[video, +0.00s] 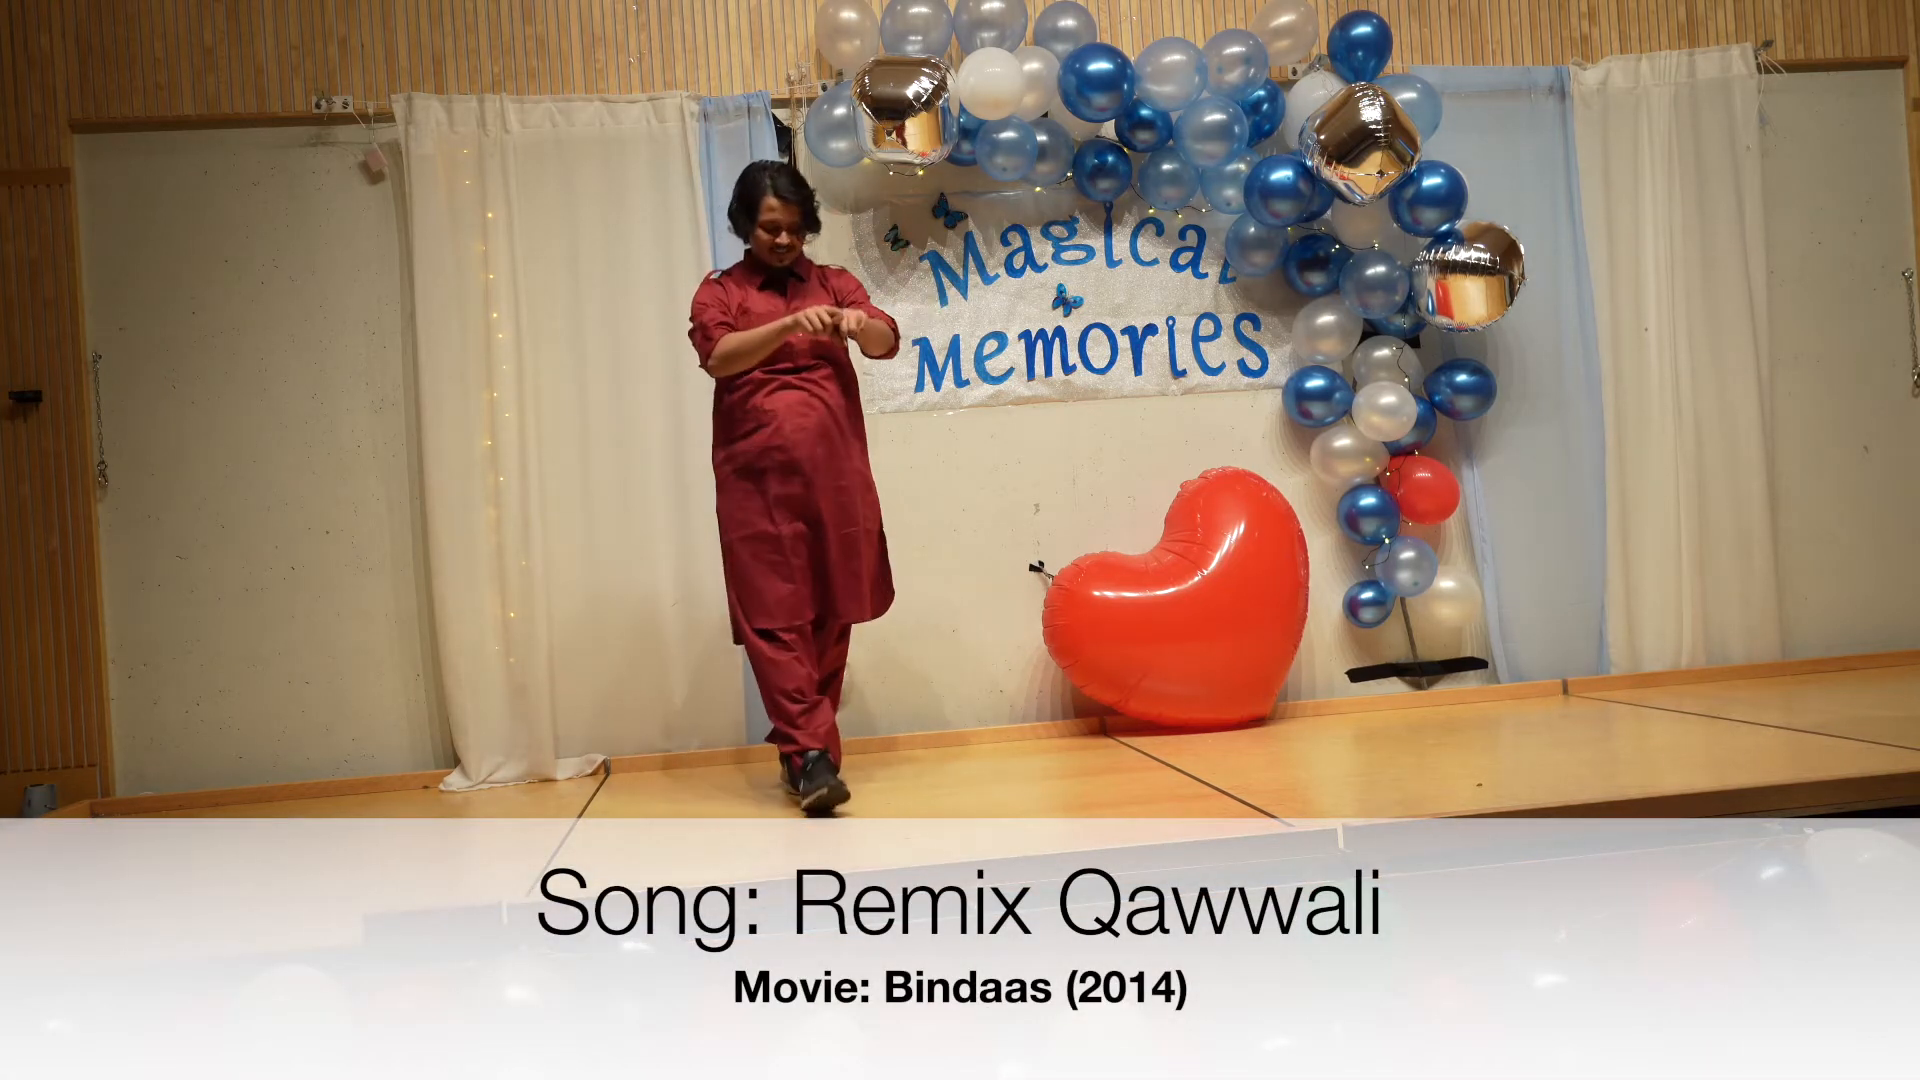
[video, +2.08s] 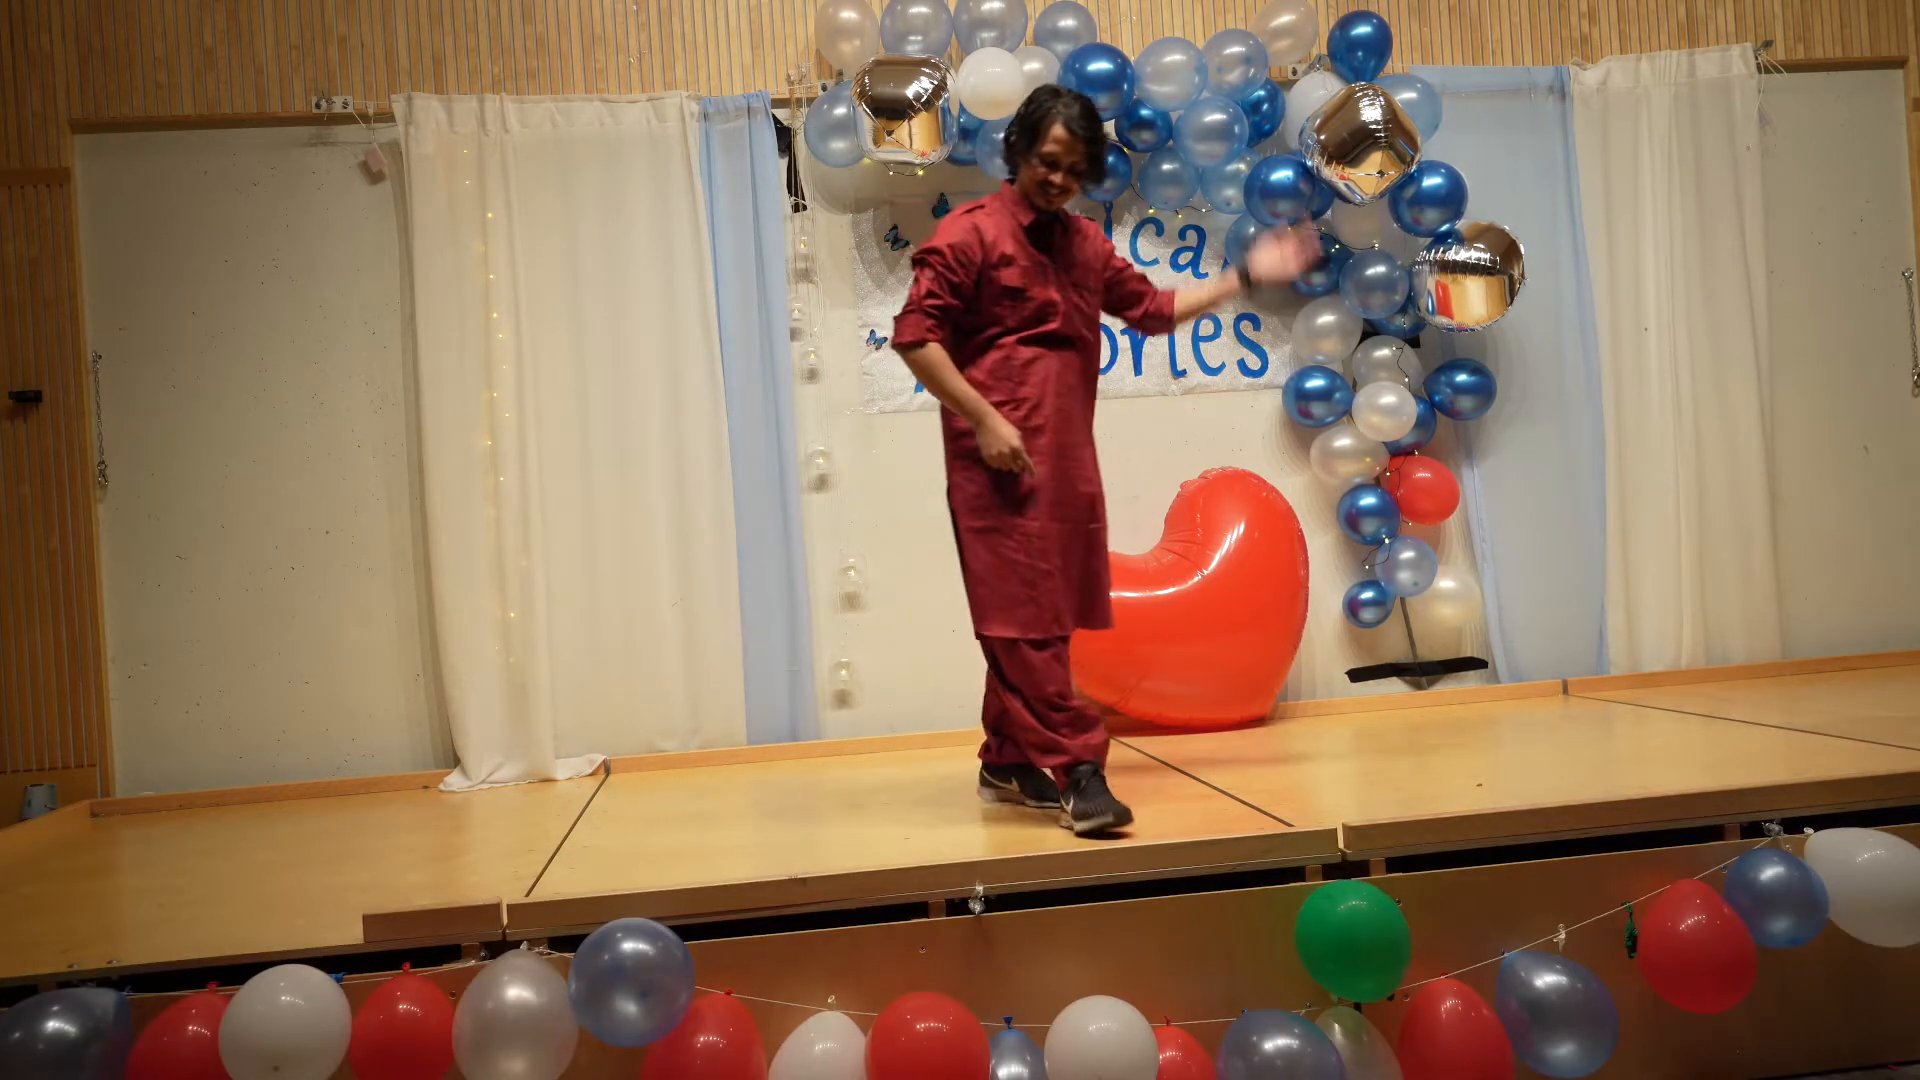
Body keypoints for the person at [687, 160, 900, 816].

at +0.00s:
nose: (781, 239)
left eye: (792, 227)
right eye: (769, 227)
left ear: (808, 224)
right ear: (744, 224)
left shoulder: (833, 282)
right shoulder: (718, 292)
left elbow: (886, 344)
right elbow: (718, 359)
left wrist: (853, 321)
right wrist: (788, 322)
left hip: (835, 478)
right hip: (757, 485)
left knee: (831, 614)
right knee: (776, 619)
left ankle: (806, 746)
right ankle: (811, 756)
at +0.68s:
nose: (817, 179)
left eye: (831, 170)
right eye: (804, 166)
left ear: (847, 185)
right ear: (780, 176)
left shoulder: (863, 254)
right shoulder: (742, 257)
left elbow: (915, 283)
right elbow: (696, 343)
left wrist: (906, 210)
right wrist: (766, 369)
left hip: (864, 459)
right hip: (778, 467)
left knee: (880, 605)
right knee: (789, 616)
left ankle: (865, 741)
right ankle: (818, 764)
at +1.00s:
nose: (852, 197)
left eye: (868, 187)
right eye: (841, 181)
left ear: (887, 191)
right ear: (818, 178)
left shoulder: (906, 255)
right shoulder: (777, 255)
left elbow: (983, 286)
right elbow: (720, 343)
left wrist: (1014, 228)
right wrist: (783, 392)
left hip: (900, 463)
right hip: (810, 470)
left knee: (948, 605)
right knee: (809, 622)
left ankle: (996, 750)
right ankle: (822, 768)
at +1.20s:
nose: (907, 202)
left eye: (921, 192)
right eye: (896, 188)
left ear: (940, 193)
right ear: (874, 183)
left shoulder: (957, 258)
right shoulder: (829, 255)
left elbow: (1025, 329)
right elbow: (769, 346)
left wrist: (1084, 323)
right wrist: (825, 410)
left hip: (942, 464)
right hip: (852, 466)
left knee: (973, 611)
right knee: (834, 618)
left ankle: (1005, 760)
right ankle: (825, 768)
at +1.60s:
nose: (1004, 189)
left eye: (1019, 178)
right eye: (992, 174)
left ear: (1034, 177)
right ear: (965, 166)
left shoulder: (1039, 243)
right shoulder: (919, 237)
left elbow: (1100, 301)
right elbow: (874, 334)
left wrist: (1095, 225)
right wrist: (951, 393)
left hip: (1023, 453)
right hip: (938, 452)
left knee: (1018, 601)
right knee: (928, 601)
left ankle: (1010, 760)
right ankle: (905, 747)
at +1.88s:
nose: (1040, 185)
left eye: (1055, 175)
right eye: (1029, 168)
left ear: (1069, 176)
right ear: (999, 159)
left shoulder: (1071, 241)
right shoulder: (949, 235)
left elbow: (1164, 266)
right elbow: (894, 330)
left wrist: (1184, 176)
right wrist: (967, 402)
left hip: (1050, 450)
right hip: (973, 451)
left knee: (1039, 595)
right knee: (997, 599)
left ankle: (1006, 760)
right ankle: (1044, 761)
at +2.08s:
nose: (1059, 179)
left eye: (1073, 168)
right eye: (1047, 162)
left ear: (1088, 170)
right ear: (1017, 155)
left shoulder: (1082, 240)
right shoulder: (969, 234)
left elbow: (1155, 308)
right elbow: (914, 335)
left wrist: (1243, 274)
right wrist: (983, 417)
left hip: (1064, 453)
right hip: (997, 453)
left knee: (1044, 600)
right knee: (1026, 604)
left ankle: (1009, 756)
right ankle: (1080, 768)